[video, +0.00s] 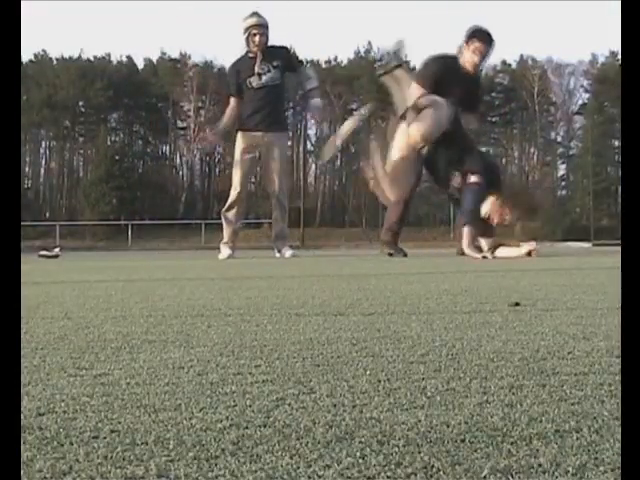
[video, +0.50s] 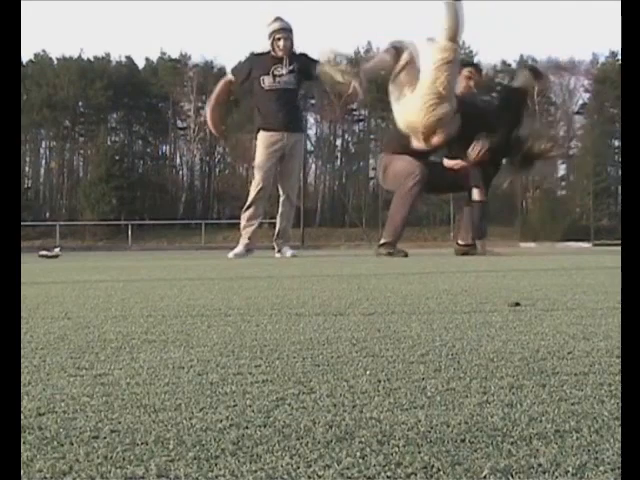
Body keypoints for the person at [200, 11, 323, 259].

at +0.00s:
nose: (257, 38)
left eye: (261, 33)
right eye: (252, 34)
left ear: (268, 34)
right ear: (246, 37)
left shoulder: (282, 55)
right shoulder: (237, 67)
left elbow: (305, 76)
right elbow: (234, 105)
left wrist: (314, 100)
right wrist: (218, 131)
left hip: (277, 134)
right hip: (247, 134)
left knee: (280, 191)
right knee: (237, 190)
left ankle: (281, 245)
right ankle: (227, 244)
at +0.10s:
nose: (263, 38)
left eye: (266, 34)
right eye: (258, 35)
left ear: (272, 35)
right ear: (250, 37)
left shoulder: (286, 55)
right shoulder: (242, 68)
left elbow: (315, 70)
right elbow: (236, 106)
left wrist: (322, 96)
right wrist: (228, 139)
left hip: (282, 136)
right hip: (251, 136)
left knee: (282, 192)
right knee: (242, 190)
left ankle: (281, 244)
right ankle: (229, 244)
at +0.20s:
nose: (269, 39)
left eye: (273, 35)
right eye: (264, 35)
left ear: (279, 37)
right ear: (257, 38)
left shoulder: (291, 57)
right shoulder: (245, 68)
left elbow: (325, 70)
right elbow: (234, 105)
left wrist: (332, 95)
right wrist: (235, 136)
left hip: (289, 135)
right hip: (259, 136)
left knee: (286, 192)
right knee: (250, 188)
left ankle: (282, 244)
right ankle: (237, 244)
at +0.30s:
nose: (274, 40)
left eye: (277, 36)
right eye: (269, 36)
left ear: (283, 38)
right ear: (261, 38)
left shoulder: (294, 59)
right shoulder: (248, 65)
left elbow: (327, 70)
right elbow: (233, 99)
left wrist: (340, 91)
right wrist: (231, 134)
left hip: (292, 136)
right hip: (263, 135)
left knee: (288, 192)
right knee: (254, 189)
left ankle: (282, 244)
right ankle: (242, 243)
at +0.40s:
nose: (280, 42)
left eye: (283, 37)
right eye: (275, 38)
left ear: (290, 38)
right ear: (267, 40)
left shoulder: (298, 61)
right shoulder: (253, 63)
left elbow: (327, 70)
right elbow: (230, 90)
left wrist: (349, 79)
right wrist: (219, 125)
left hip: (295, 137)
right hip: (267, 136)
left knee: (290, 192)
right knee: (258, 188)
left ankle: (282, 244)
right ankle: (245, 242)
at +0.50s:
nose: (283, 43)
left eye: (286, 38)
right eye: (278, 39)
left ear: (292, 39)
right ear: (271, 41)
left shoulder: (302, 62)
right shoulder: (255, 62)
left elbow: (329, 75)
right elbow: (227, 82)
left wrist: (351, 82)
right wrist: (211, 110)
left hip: (295, 137)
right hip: (268, 136)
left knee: (290, 192)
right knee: (260, 187)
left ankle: (282, 244)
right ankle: (245, 242)